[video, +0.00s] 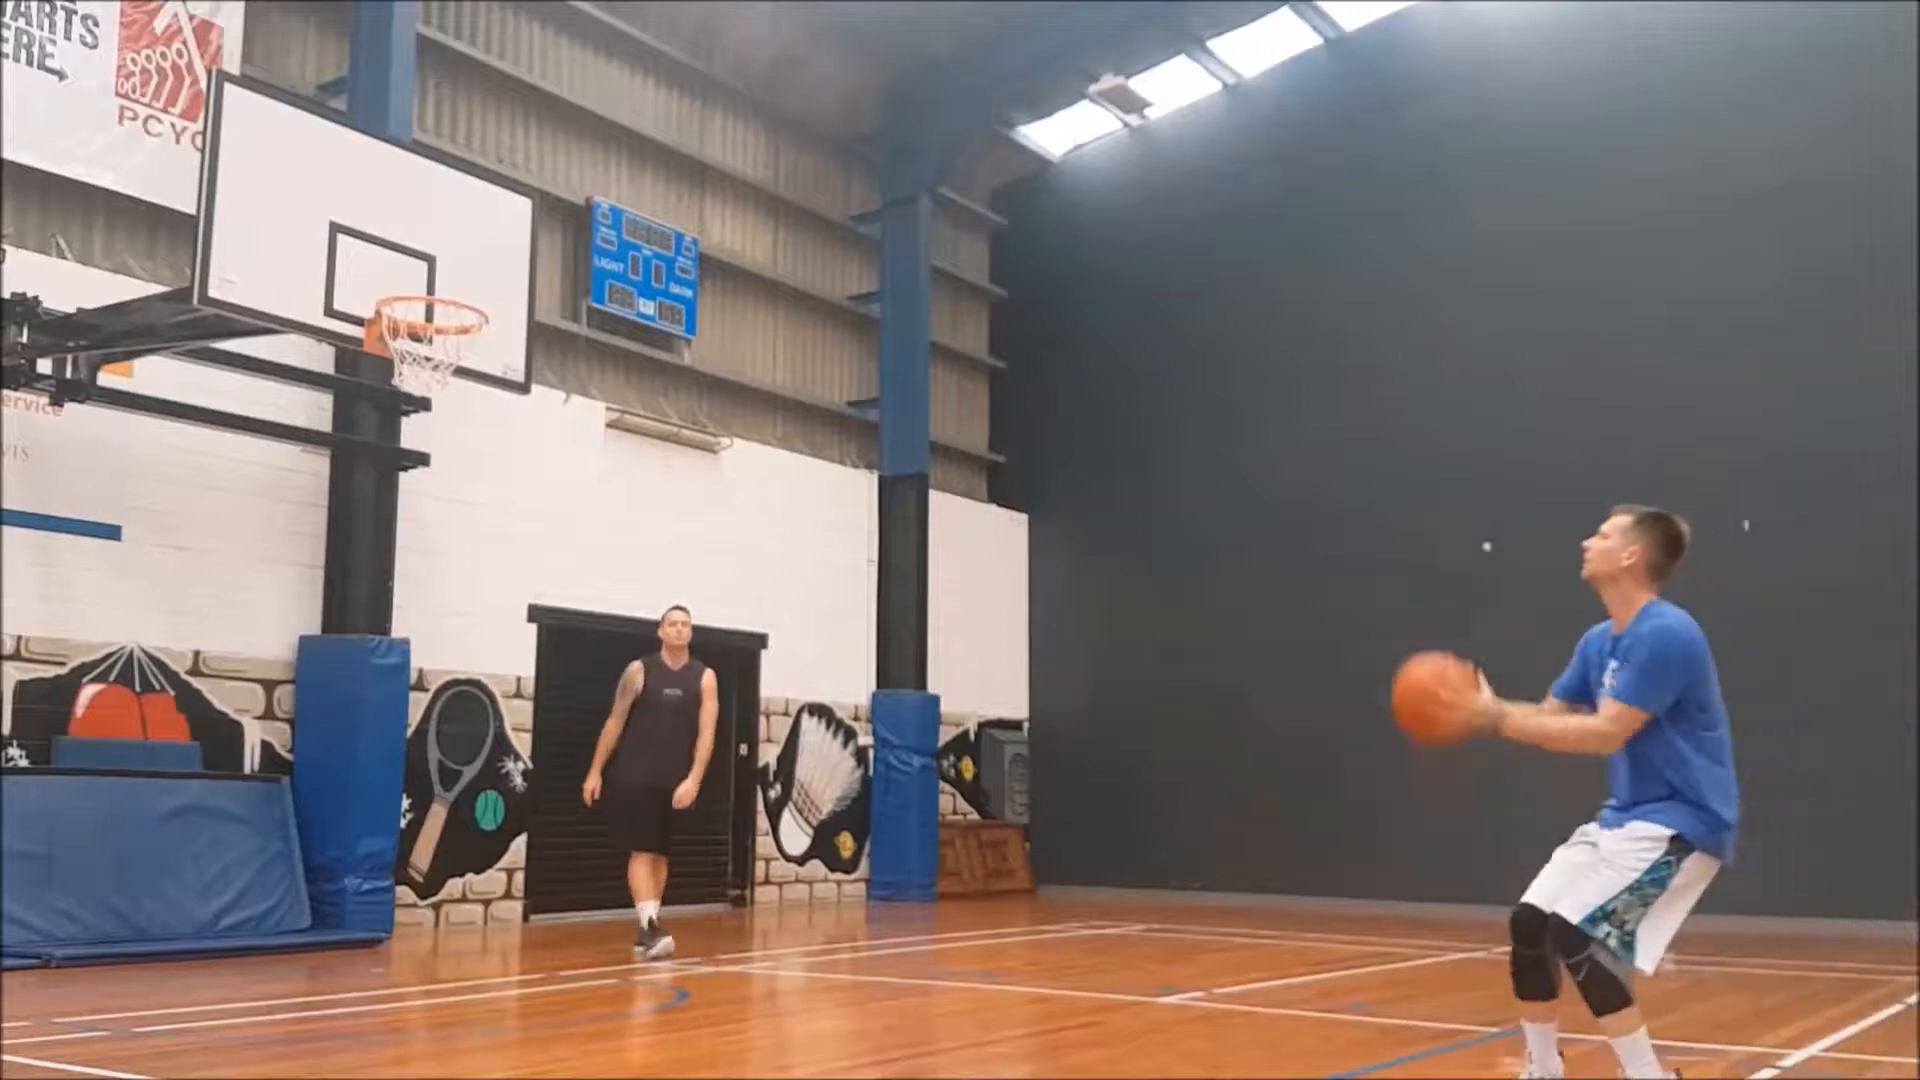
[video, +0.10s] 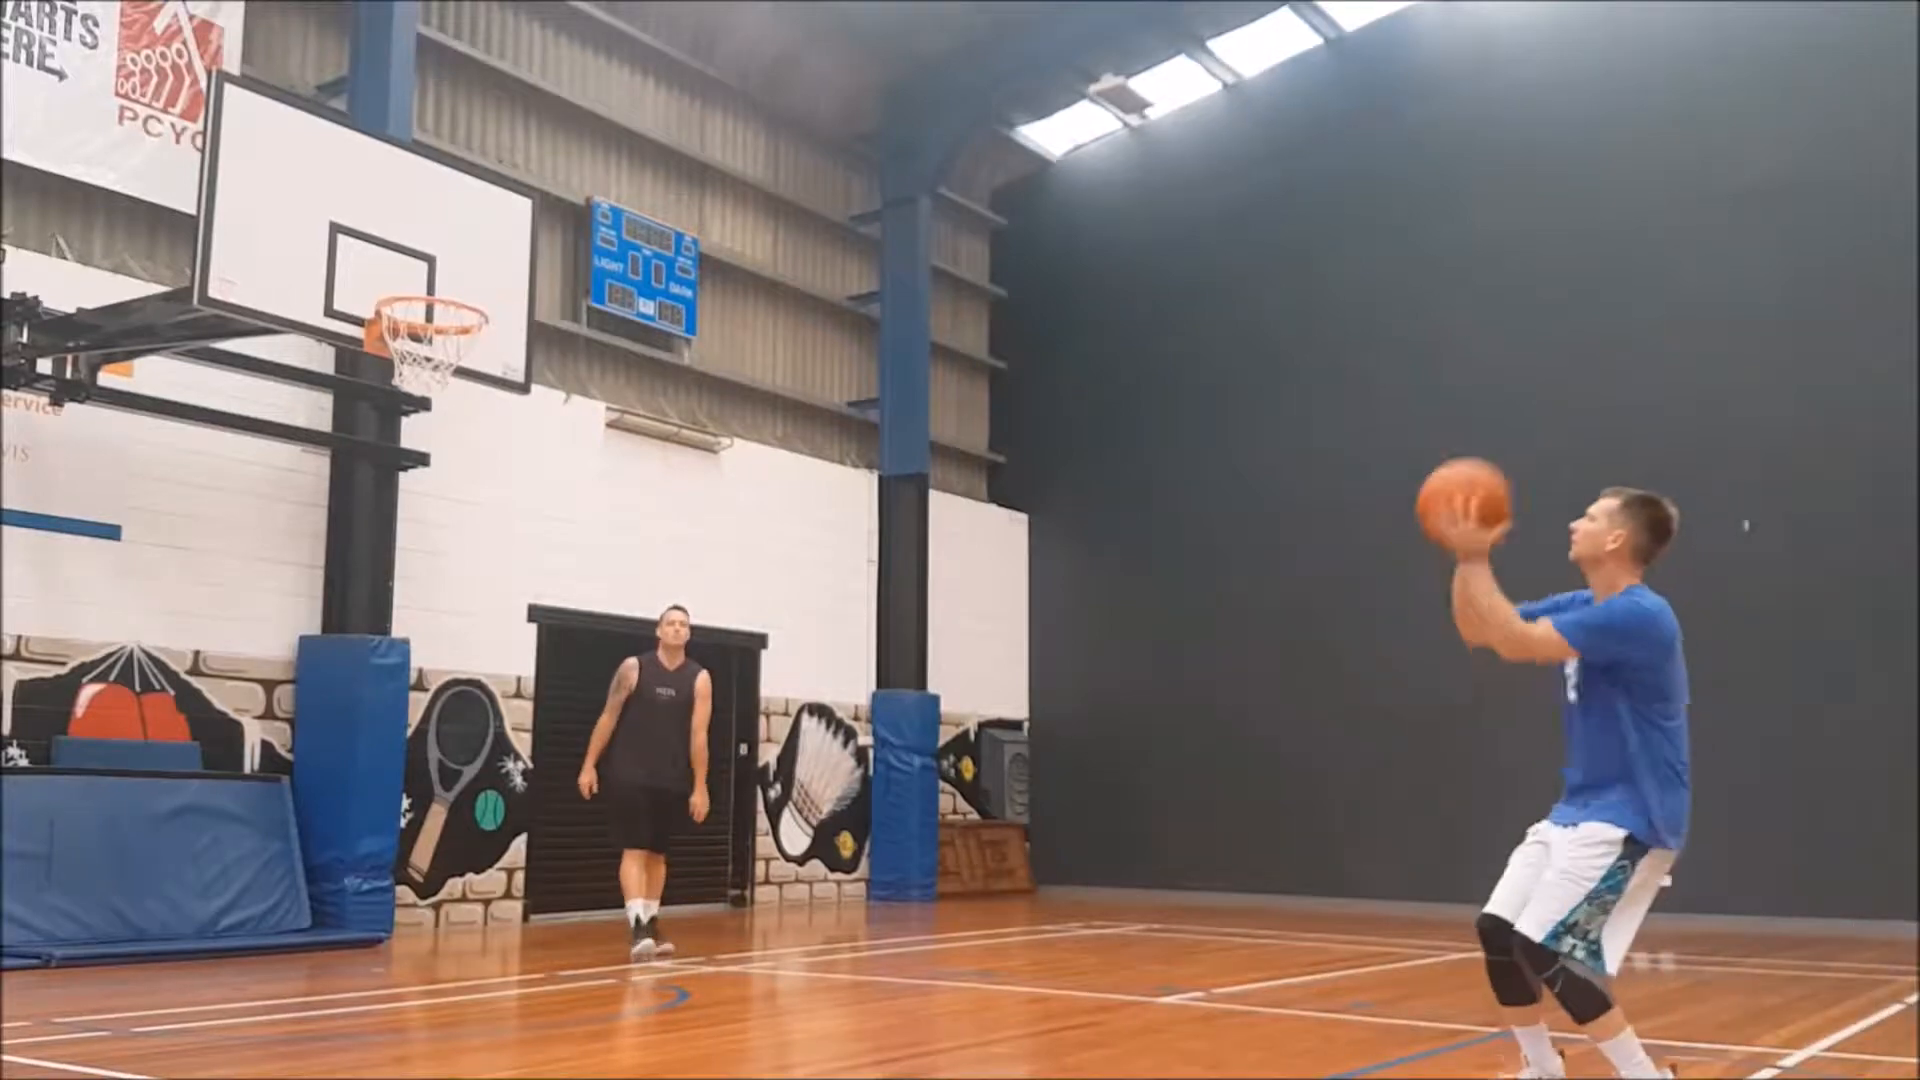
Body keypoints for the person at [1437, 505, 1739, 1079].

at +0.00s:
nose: (1586, 543)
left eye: (1601, 536)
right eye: (1594, 534)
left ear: (1632, 557)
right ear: (1627, 558)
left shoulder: (1666, 633)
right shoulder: (1598, 641)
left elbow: (1608, 734)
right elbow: (1556, 715)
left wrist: (1498, 719)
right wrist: (1483, 705)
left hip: (1683, 819)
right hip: (1625, 813)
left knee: (1577, 933)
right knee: (1531, 922)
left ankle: (1647, 1073)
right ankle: (1543, 1069)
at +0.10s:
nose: (1573, 525)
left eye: (1588, 518)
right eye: (1581, 516)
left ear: (1618, 538)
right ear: (1614, 540)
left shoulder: (1641, 614)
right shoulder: (1581, 606)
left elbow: (1519, 641)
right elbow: (1482, 630)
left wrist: (1477, 560)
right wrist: (1466, 557)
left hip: (1634, 817)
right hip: (1579, 807)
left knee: (1546, 945)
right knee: (1499, 930)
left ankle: (1644, 1073)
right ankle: (1542, 1069)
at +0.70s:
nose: (1543, 429)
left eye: (1558, 421)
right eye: (1554, 420)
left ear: (1582, 442)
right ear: (1587, 447)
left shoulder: (1572, 508)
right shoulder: (1553, 504)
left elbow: (1456, 471)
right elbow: (1487, 431)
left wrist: (1409, 393)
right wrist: (1468, 351)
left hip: (1527, 744)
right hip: (1495, 736)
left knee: (1497, 911)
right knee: (1462, 905)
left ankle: (1544, 1068)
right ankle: (1502, 1064)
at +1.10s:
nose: (1574, 431)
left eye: (1588, 424)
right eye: (1583, 422)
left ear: (1611, 448)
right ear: (1618, 455)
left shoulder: (1600, 527)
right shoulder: (1607, 527)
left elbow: (1565, 645)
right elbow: (1562, 652)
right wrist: (1490, 700)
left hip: (1575, 755)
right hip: (1547, 749)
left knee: (1533, 924)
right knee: (1487, 904)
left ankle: (1562, 1070)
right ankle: (1620, 1041)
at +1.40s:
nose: (1628, 434)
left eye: (1643, 426)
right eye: (1638, 423)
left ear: (1669, 449)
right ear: (1673, 453)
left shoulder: (1680, 521)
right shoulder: (1665, 528)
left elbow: (1754, 617)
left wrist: (1811, 718)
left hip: (1656, 766)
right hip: (1687, 765)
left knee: (1596, 927)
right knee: (1699, 937)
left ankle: (1571, 1071)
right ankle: (1783, 1069)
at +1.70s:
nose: (1718, 423)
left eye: (1734, 413)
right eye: (1727, 412)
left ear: (1766, 435)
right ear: (1768, 439)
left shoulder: (1777, 507)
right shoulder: (1763, 518)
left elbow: (1785, 630)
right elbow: (1736, 656)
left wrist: (1746, 743)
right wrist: (1685, 751)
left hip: (1790, 763)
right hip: (1799, 761)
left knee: (1732, 920)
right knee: (1793, 930)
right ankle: (1808, 1062)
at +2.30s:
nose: (1852, 434)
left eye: (1865, 423)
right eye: (1858, 422)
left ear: (1904, 436)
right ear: (1900, 437)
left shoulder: (1913, 534)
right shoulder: (1907, 532)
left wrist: (1890, 738)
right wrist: (1894, 740)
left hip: (1916, 774)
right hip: (1912, 772)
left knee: (1886, 907)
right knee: (1878, 906)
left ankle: (1916, 1051)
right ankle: (1914, 1051)